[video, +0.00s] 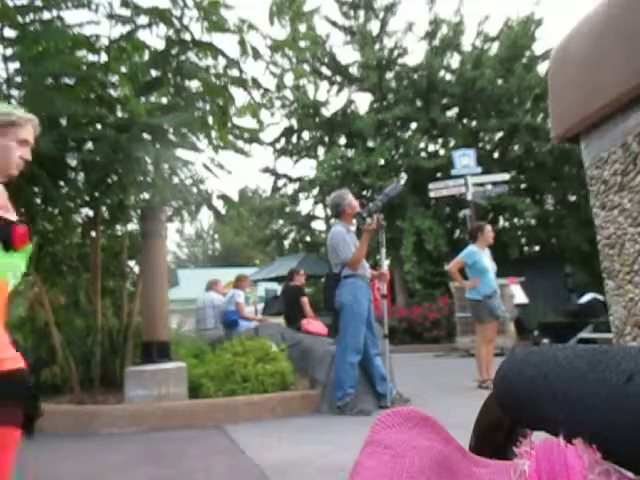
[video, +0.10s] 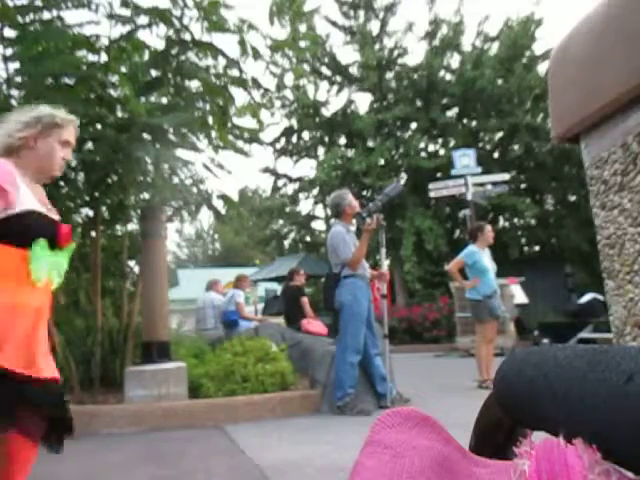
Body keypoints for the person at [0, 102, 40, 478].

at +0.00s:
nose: (27, 155)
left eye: (29, 147)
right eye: (21, 144)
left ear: (24, 150)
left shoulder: (8, 199)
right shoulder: (1, 199)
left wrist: (11, 356)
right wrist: (13, 362)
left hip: (4, 333)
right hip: (2, 334)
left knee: (19, 388)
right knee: (15, 384)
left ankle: (8, 470)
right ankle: (6, 472)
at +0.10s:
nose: (69, 158)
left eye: (71, 150)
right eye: (64, 146)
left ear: (36, 143)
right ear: (33, 140)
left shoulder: (39, 194)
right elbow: (14, 225)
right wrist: (54, 234)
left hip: (33, 350)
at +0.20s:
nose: (110, 157)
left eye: (112, 149)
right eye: (106, 145)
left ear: (81, 143)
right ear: (76, 139)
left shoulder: (75, 192)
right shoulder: (36, 175)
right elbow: (2, 224)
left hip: (57, 336)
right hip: (23, 334)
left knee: (40, 445)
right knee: (16, 427)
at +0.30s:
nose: (151, 151)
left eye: (153, 143)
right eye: (147, 140)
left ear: (125, 139)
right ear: (119, 135)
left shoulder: (116, 187)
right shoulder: (87, 168)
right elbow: (36, 208)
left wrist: (121, 285)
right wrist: (10, 225)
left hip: (84, 303)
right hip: (65, 300)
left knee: (63, 407)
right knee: (134, 382)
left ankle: (24, 475)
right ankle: (85, 475)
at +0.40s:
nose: (194, 142)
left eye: (195, 133)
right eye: (191, 130)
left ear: (164, 129)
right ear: (165, 127)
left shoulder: (158, 173)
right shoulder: (134, 160)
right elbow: (85, 197)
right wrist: (31, 237)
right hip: (129, 295)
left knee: (91, 400)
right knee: (190, 385)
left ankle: (31, 473)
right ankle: (211, 472)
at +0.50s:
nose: (239, 141)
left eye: (240, 133)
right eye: (235, 131)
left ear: (213, 128)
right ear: (210, 126)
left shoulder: (204, 172)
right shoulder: (184, 162)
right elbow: (141, 199)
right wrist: (95, 241)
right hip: (184, 300)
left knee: (172, 400)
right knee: (235, 388)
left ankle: (85, 456)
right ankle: (237, 473)